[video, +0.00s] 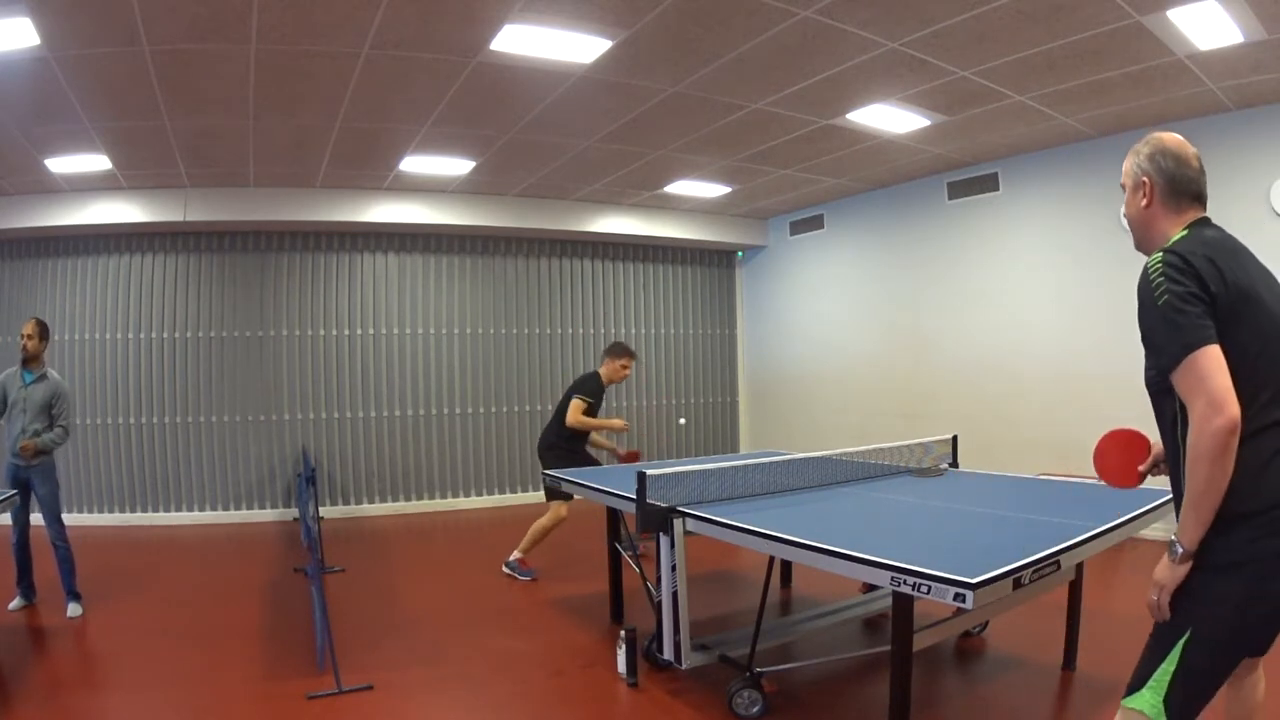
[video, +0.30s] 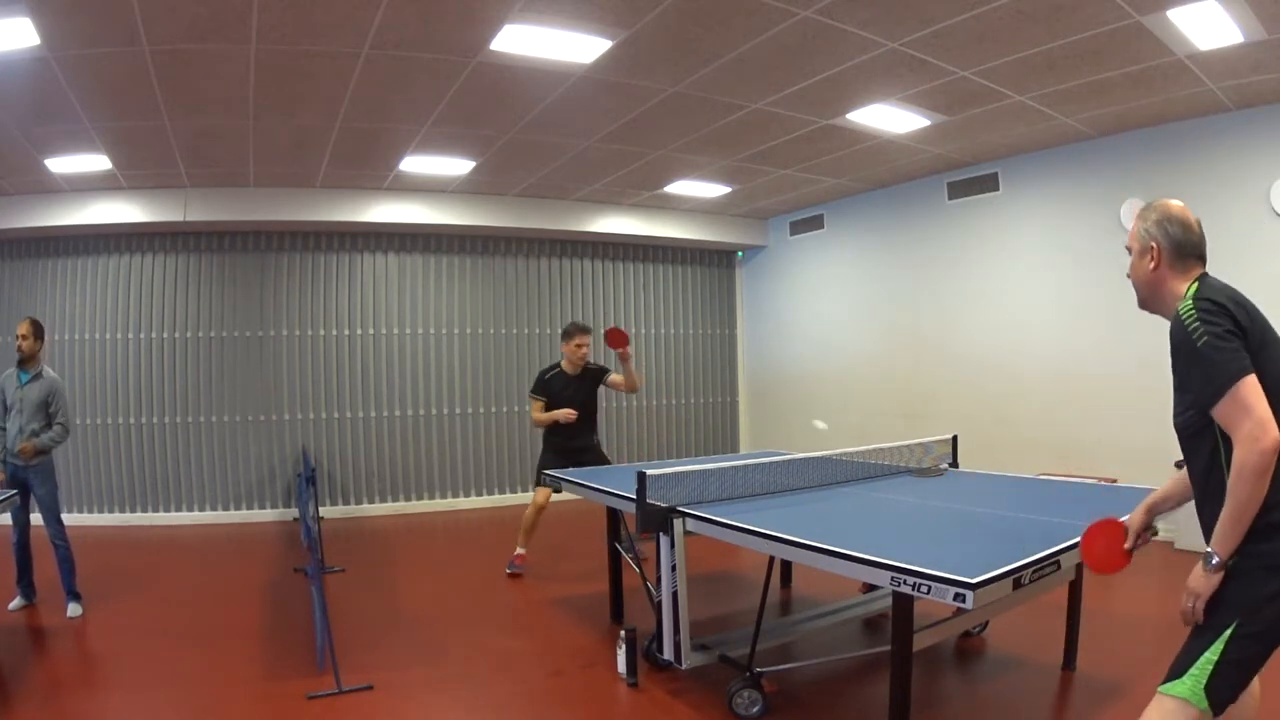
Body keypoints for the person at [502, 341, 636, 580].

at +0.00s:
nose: (628, 374)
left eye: (629, 369)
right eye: (625, 368)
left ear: (613, 365)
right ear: (609, 363)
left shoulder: (598, 388)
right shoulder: (589, 383)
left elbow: (585, 432)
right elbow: (572, 419)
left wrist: (614, 448)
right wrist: (609, 423)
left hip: (575, 450)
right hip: (555, 450)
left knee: (612, 487)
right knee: (558, 512)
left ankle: (622, 540)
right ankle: (515, 558)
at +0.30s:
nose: (585, 351)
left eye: (587, 346)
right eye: (579, 346)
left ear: (590, 347)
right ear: (564, 347)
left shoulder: (594, 372)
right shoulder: (546, 377)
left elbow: (631, 387)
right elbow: (536, 418)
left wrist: (626, 362)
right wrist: (556, 415)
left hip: (588, 448)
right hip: (555, 450)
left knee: (616, 491)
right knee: (540, 501)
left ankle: (625, 543)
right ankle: (520, 552)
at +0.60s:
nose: (578, 349)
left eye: (582, 344)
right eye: (573, 344)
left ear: (586, 346)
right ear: (561, 345)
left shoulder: (594, 376)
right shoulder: (543, 374)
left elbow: (621, 411)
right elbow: (523, 411)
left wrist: (631, 403)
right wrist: (545, 416)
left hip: (579, 448)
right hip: (546, 449)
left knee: (614, 490)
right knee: (530, 500)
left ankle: (616, 548)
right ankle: (504, 557)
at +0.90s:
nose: (616, 376)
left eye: (616, 371)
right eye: (611, 371)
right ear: (592, 370)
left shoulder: (600, 401)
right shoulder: (566, 391)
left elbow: (602, 437)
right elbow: (529, 412)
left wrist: (635, 434)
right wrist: (541, 442)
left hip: (578, 456)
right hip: (551, 456)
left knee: (619, 485)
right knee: (544, 512)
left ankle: (615, 549)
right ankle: (506, 561)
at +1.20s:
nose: (585, 335)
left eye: (588, 330)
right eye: (580, 331)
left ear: (591, 334)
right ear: (565, 334)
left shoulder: (597, 365)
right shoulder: (547, 363)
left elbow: (632, 385)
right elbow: (527, 399)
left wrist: (636, 356)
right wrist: (546, 409)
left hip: (581, 443)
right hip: (548, 443)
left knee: (612, 490)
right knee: (530, 498)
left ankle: (616, 546)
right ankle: (509, 555)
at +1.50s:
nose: (576, 343)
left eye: (579, 338)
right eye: (570, 339)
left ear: (583, 341)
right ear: (558, 341)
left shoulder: (592, 372)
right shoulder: (541, 370)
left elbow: (617, 408)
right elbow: (522, 404)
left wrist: (626, 402)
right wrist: (536, 421)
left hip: (579, 445)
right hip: (547, 445)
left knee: (612, 491)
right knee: (530, 500)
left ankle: (618, 546)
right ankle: (508, 556)